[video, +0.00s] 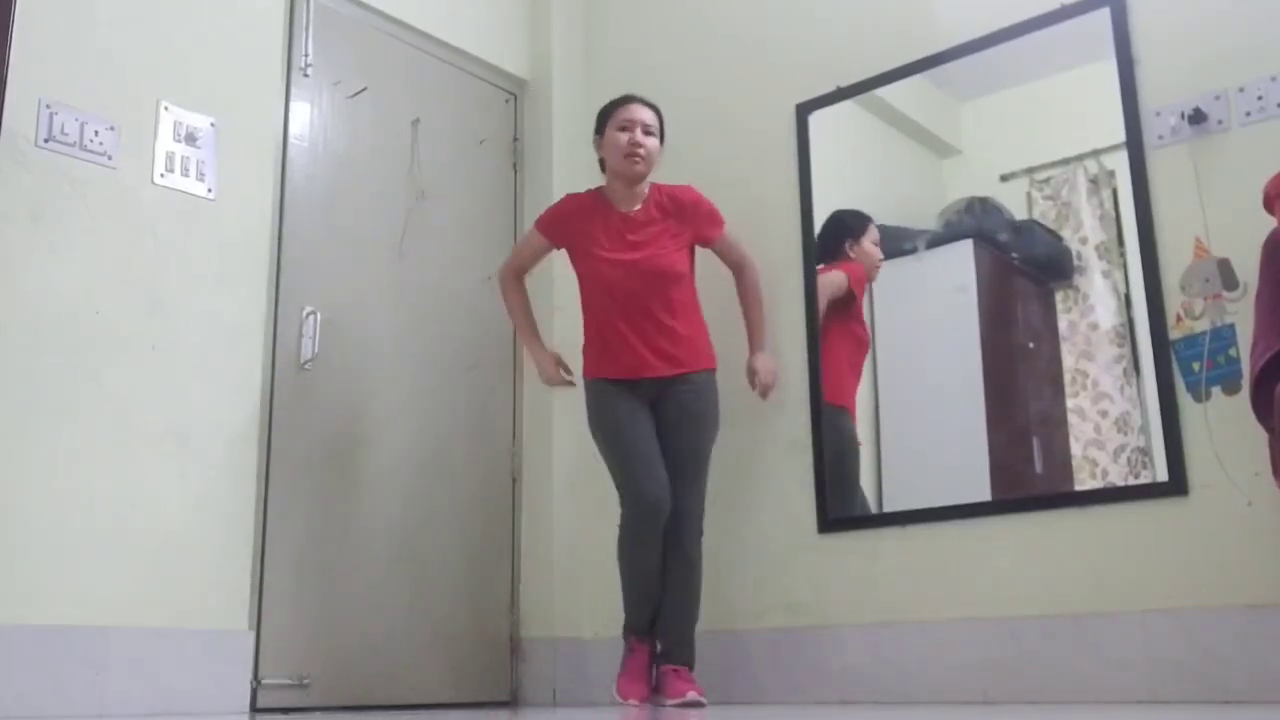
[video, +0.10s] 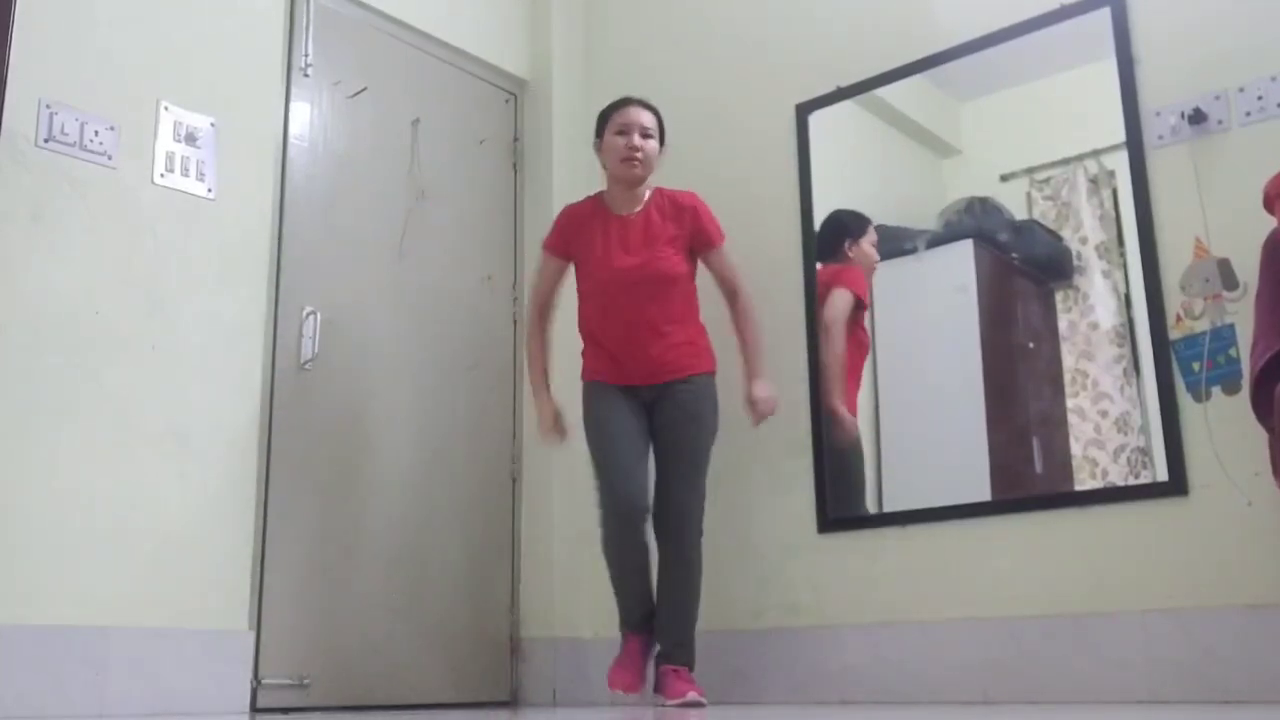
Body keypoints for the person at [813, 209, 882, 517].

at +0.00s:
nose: (881, 254)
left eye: (879, 245)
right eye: (875, 244)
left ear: (852, 246)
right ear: (851, 247)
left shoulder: (826, 274)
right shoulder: (854, 270)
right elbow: (823, 285)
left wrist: (849, 428)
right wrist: (811, 339)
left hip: (833, 411)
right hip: (832, 410)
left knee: (851, 506)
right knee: (845, 509)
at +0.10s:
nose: (877, 255)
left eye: (876, 246)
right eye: (872, 245)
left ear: (846, 248)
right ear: (850, 247)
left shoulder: (820, 276)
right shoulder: (849, 274)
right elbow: (831, 320)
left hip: (820, 415)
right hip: (837, 415)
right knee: (849, 514)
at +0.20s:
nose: (871, 259)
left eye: (870, 250)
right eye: (867, 249)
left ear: (832, 250)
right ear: (846, 250)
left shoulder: (807, 279)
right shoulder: (846, 280)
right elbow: (852, 357)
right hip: (831, 420)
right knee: (854, 521)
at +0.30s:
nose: (865, 255)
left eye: (863, 246)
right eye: (861, 246)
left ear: (821, 246)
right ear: (844, 248)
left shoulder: (805, 276)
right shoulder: (844, 278)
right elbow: (879, 360)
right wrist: (899, 389)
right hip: (833, 413)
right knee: (853, 509)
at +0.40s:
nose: (861, 254)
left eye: (861, 246)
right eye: (859, 245)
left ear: (818, 240)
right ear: (843, 243)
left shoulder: (801, 272)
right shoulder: (846, 274)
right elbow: (895, 342)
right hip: (833, 414)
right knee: (843, 519)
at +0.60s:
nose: (839, 272)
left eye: (840, 265)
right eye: (840, 264)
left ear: (805, 256)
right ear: (832, 259)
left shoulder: (786, 286)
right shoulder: (829, 289)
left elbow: (870, 360)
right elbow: (873, 359)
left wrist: (840, 389)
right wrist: (843, 390)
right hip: (825, 419)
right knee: (834, 509)